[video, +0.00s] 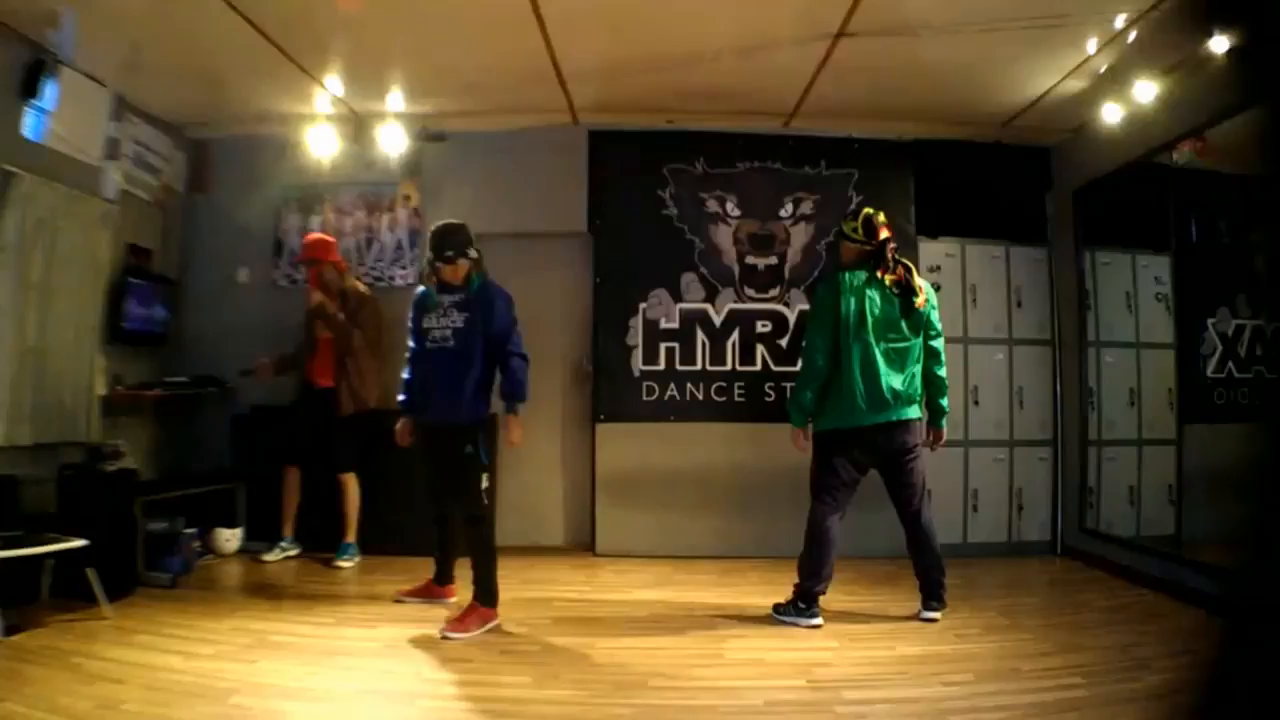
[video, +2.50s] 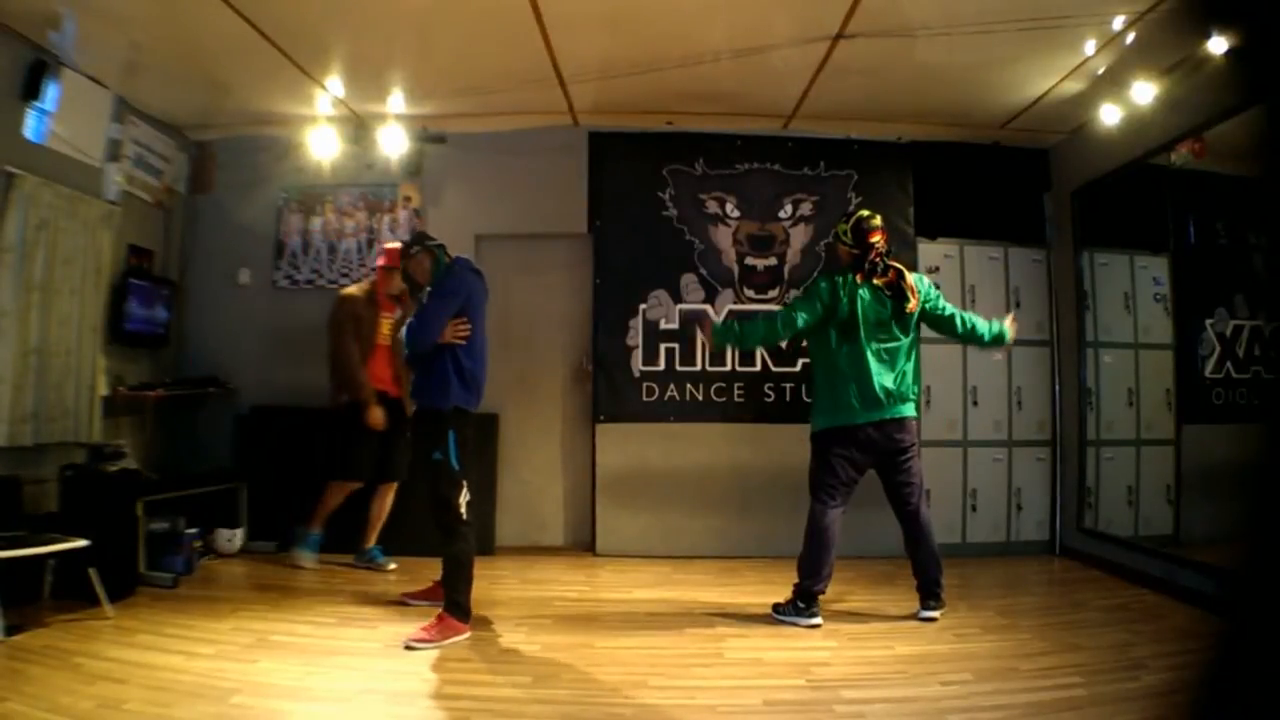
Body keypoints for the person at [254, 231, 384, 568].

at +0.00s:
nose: (311, 275)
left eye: (315, 267)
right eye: (308, 267)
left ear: (334, 264)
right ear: (308, 269)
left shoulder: (362, 299)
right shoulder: (317, 301)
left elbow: (360, 344)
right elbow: (309, 352)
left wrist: (327, 310)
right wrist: (277, 365)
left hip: (345, 394)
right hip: (312, 391)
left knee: (346, 468)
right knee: (293, 462)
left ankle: (350, 542)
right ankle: (288, 538)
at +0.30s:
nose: (298, 272)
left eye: (302, 264)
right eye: (295, 265)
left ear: (317, 263)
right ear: (296, 267)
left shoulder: (343, 295)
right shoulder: (305, 301)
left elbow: (352, 348)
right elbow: (303, 353)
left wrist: (314, 358)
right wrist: (273, 370)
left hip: (336, 394)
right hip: (305, 393)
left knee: (336, 467)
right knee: (297, 465)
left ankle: (349, 542)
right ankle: (287, 539)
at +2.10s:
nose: (312, 268)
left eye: (317, 262)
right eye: (307, 262)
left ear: (327, 265)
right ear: (295, 265)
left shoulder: (341, 301)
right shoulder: (279, 304)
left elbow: (356, 349)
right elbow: (263, 351)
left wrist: (364, 394)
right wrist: (231, 364)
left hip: (334, 395)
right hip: (292, 394)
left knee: (349, 469)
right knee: (292, 469)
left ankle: (362, 542)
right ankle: (287, 541)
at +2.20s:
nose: (335, 272)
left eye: (339, 266)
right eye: (329, 265)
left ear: (347, 269)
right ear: (315, 266)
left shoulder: (357, 305)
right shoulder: (290, 303)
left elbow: (367, 353)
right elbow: (273, 346)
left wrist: (371, 399)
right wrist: (267, 376)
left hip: (344, 399)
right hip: (301, 395)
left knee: (357, 471)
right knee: (295, 470)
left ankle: (365, 545)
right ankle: (288, 541)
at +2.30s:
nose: (363, 276)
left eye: (366, 271)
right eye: (358, 270)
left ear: (368, 275)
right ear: (339, 269)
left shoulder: (374, 310)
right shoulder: (308, 304)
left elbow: (381, 358)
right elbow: (294, 352)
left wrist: (382, 405)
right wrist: (303, 394)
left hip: (359, 402)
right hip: (317, 399)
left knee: (371, 474)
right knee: (301, 471)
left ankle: (366, 545)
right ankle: (288, 539)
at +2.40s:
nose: (384, 281)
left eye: (387, 274)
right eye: (380, 273)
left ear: (388, 279)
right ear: (363, 272)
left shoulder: (389, 313)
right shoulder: (331, 305)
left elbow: (392, 363)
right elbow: (324, 359)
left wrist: (397, 409)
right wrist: (340, 405)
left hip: (377, 403)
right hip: (339, 400)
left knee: (384, 475)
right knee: (318, 470)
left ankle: (367, 545)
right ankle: (290, 534)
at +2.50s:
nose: (397, 279)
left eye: (401, 273)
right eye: (393, 272)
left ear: (406, 276)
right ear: (380, 271)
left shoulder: (406, 306)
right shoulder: (353, 300)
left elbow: (408, 354)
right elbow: (348, 357)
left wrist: (409, 396)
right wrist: (368, 401)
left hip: (395, 398)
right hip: (360, 396)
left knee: (391, 475)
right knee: (353, 473)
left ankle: (369, 546)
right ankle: (312, 532)